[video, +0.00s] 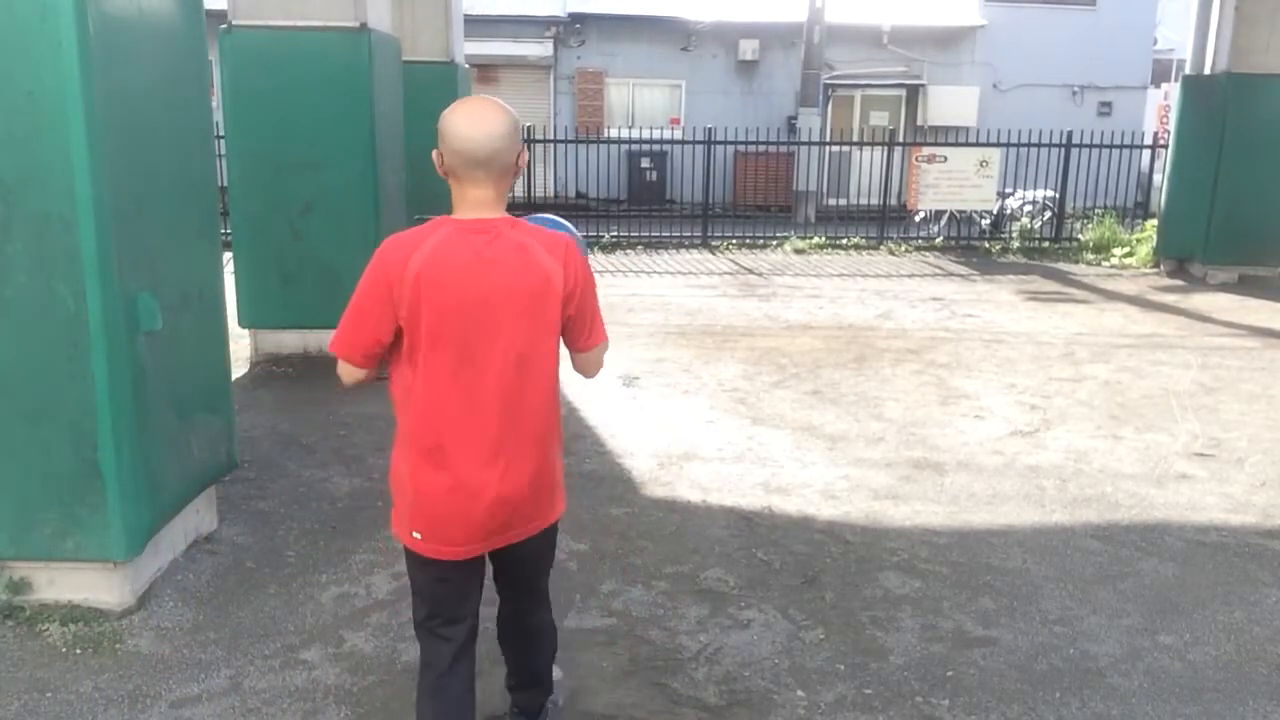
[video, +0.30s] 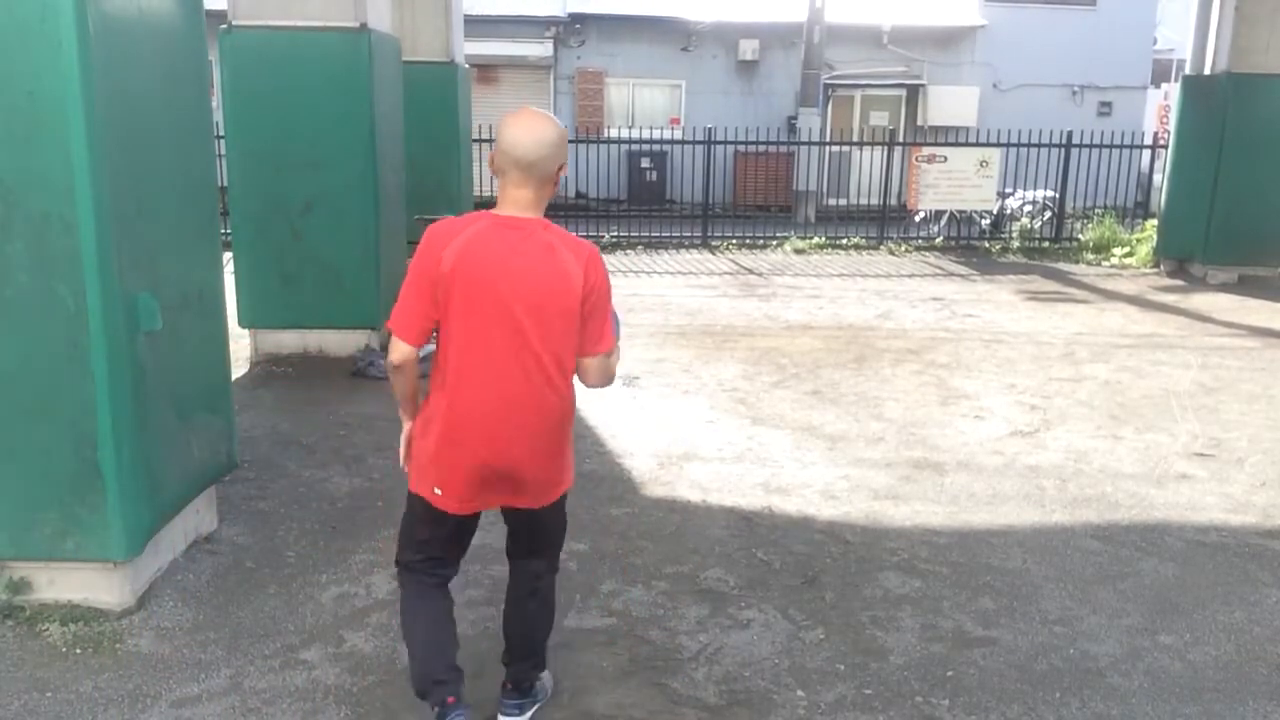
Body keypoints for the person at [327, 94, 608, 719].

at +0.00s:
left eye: (438, 149)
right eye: (522, 148)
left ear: (439, 164)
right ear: (519, 164)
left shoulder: (400, 256)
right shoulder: (557, 253)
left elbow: (351, 370)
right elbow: (590, 362)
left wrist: (409, 341)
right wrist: (540, 302)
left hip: (437, 498)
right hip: (528, 489)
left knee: (444, 639)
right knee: (528, 612)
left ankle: (445, 714)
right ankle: (531, 705)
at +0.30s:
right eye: (564, 165)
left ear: (491, 165)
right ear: (559, 175)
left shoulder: (444, 239)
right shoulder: (580, 257)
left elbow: (401, 355)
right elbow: (598, 373)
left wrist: (412, 416)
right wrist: (566, 321)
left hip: (453, 449)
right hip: (538, 452)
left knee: (425, 569)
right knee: (534, 566)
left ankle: (445, 702)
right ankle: (521, 687)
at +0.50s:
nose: (573, 163)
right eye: (574, 156)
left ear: (504, 154)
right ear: (569, 165)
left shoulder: (452, 217)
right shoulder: (581, 243)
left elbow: (401, 311)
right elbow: (590, 361)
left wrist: (447, 343)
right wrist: (555, 373)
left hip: (457, 422)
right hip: (534, 433)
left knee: (445, 532)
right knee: (529, 558)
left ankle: (432, 659)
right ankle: (519, 683)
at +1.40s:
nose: (521, 169)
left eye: (521, 158)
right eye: (519, 157)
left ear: (466, 157)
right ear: (499, 157)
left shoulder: (425, 217)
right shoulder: (498, 224)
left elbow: (427, 300)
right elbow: (517, 323)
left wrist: (515, 280)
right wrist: (572, 314)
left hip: (436, 406)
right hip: (490, 411)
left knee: (459, 502)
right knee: (512, 523)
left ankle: (442, 617)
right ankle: (468, 645)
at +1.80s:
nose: (512, 176)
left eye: (514, 165)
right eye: (512, 163)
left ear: (458, 155)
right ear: (488, 158)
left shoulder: (418, 210)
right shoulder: (480, 220)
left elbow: (418, 280)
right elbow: (503, 318)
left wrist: (499, 262)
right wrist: (585, 328)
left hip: (434, 392)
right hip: (488, 392)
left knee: (463, 497)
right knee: (549, 476)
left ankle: (454, 614)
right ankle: (497, 592)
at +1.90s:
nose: (515, 181)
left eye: (517, 170)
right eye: (514, 168)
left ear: (467, 160)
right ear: (490, 162)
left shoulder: (419, 215)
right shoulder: (477, 223)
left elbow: (433, 287)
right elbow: (483, 322)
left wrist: (499, 273)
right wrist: (563, 359)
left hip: (433, 387)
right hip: (480, 383)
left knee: (464, 495)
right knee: (568, 429)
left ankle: (455, 614)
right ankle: (514, 539)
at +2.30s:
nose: (521, 174)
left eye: (520, 163)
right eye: (521, 163)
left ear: (465, 161)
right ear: (509, 163)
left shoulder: (426, 223)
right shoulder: (509, 230)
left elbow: (395, 303)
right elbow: (536, 328)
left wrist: (449, 330)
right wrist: (601, 375)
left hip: (461, 392)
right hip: (507, 401)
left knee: (506, 476)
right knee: (526, 512)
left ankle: (480, 557)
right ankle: (485, 630)